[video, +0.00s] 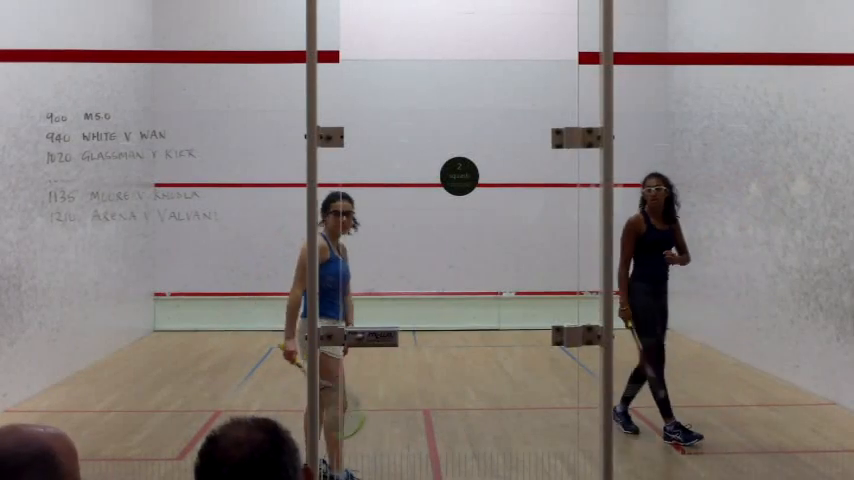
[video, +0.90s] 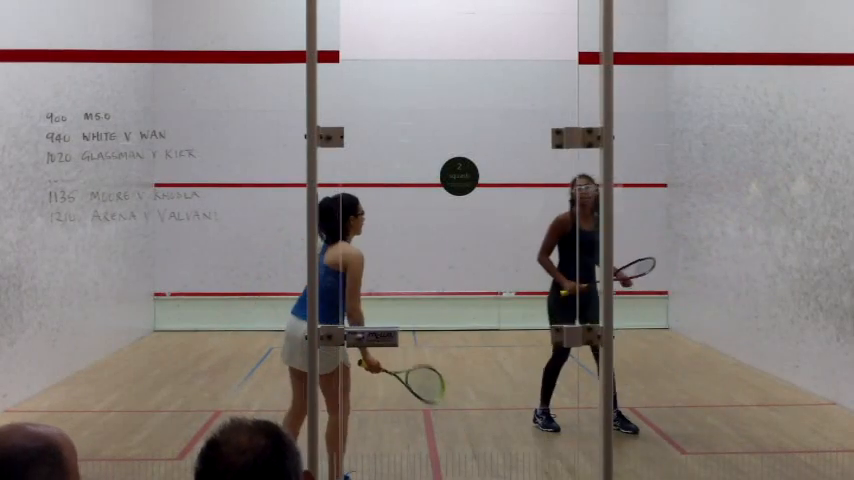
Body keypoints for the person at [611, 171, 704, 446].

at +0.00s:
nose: (652, 191)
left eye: (658, 188)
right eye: (648, 188)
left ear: (668, 193)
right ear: (642, 193)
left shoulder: (671, 223)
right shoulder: (635, 224)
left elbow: (685, 257)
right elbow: (623, 265)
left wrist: (676, 259)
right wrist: (624, 302)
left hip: (660, 294)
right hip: (638, 295)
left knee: (651, 357)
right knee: (654, 357)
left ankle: (621, 408)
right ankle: (670, 424)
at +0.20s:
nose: (645, 194)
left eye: (650, 190)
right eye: (641, 190)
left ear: (658, 196)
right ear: (634, 195)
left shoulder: (653, 224)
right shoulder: (625, 222)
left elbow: (655, 259)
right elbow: (609, 260)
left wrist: (662, 263)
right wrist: (622, 293)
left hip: (641, 295)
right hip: (623, 296)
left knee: (636, 356)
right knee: (640, 356)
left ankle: (616, 413)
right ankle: (663, 421)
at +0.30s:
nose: (641, 193)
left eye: (646, 190)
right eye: (637, 189)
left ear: (653, 196)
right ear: (629, 193)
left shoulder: (645, 224)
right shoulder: (618, 221)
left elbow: (642, 258)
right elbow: (600, 258)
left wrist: (653, 268)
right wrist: (619, 286)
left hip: (634, 295)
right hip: (615, 296)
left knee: (632, 354)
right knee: (634, 353)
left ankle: (616, 412)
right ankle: (649, 419)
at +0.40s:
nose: (634, 192)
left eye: (639, 188)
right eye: (630, 188)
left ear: (646, 194)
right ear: (623, 192)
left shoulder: (639, 222)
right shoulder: (614, 218)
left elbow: (633, 256)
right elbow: (593, 253)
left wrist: (648, 272)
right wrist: (613, 281)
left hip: (626, 291)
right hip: (607, 292)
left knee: (628, 351)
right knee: (627, 351)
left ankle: (620, 412)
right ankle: (618, 413)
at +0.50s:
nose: (626, 192)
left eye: (631, 188)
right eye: (622, 187)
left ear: (638, 194)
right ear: (613, 191)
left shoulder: (631, 222)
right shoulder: (603, 219)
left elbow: (627, 257)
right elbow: (584, 252)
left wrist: (645, 276)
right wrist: (608, 279)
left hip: (621, 293)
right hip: (601, 293)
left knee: (622, 351)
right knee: (613, 351)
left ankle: (615, 411)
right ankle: (594, 411)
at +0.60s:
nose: (614, 191)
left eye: (619, 187)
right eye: (610, 187)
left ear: (628, 193)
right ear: (604, 191)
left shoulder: (623, 223)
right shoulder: (595, 220)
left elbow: (622, 259)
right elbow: (575, 254)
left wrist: (642, 279)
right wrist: (600, 281)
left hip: (615, 293)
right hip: (593, 294)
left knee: (618, 355)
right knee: (600, 355)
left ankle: (615, 412)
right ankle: (566, 403)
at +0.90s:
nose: (584, 190)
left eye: (588, 186)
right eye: (579, 187)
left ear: (597, 192)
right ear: (572, 193)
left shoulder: (599, 222)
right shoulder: (563, 221)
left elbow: (598, 258)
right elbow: (542, 257)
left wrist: (617, 274)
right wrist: (564, 282)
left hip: (589, 294)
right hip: (563, 295)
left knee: (602, 355)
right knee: (560, 353)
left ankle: (614, 412)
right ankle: (542, 410)